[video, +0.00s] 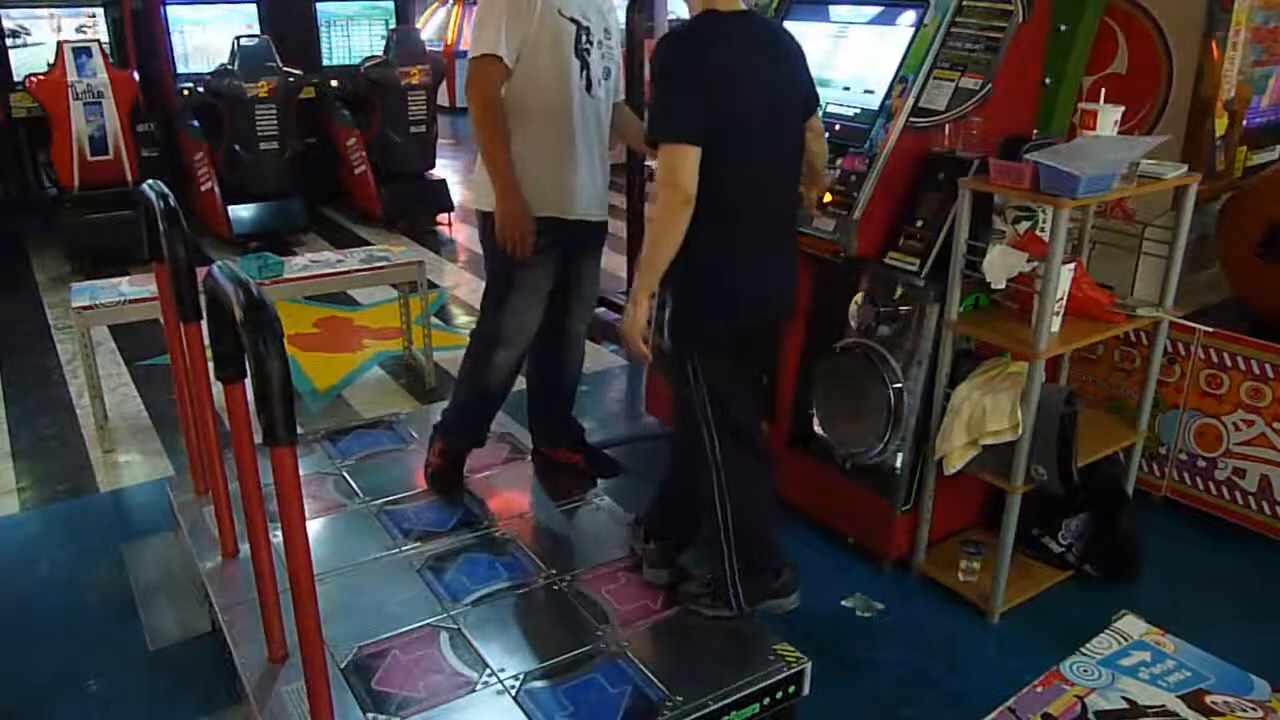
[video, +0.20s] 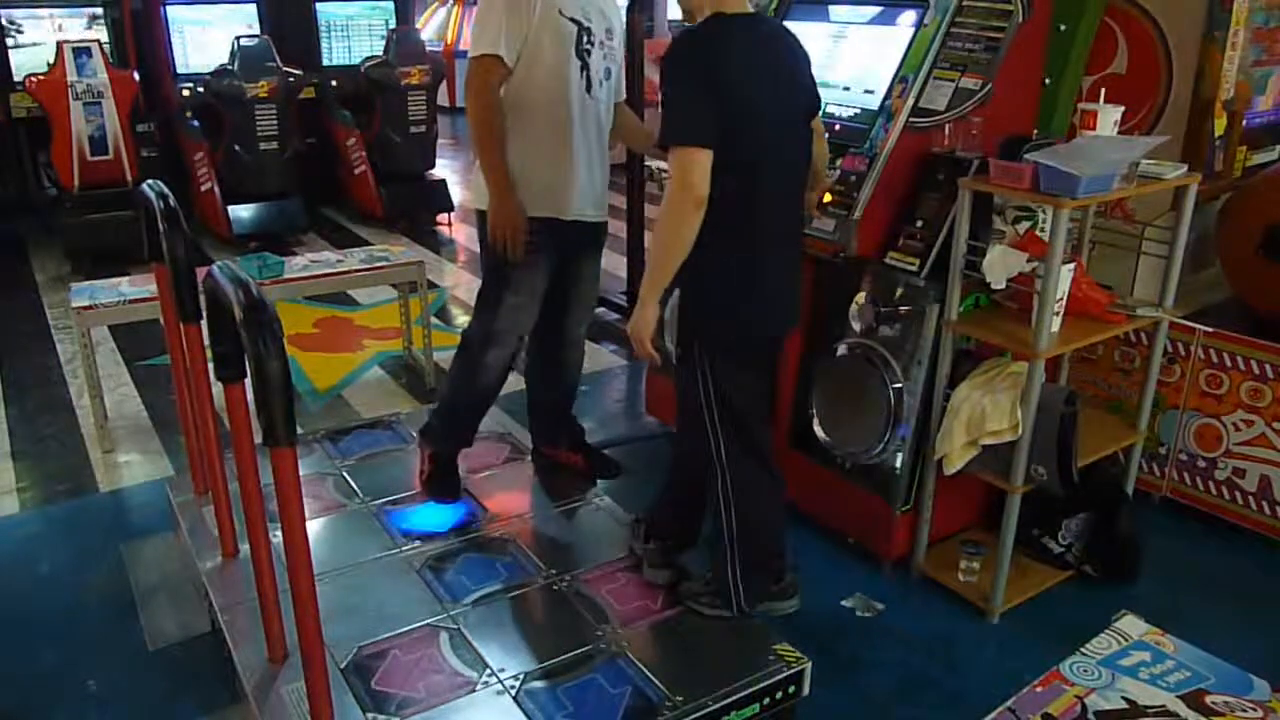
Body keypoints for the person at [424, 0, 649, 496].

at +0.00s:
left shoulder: (609, 11)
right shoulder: (516, 1)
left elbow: (607, 103)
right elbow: (482, 84)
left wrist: (662, 149)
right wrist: (506, 193)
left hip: (586, 204)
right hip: (523, 202)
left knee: (566, 338)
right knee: (506, 337)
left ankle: (556, 445)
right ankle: (451, 445)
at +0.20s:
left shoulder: (611, 10)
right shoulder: (517, 1)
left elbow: (608, 105)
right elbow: (481, 87)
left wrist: (663, 148)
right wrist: (501, 194)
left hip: (585, 206)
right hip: (524, 204)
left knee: (564, 341)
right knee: (496, 339)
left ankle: (557, 445)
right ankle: (441, 446)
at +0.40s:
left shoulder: (615, 9)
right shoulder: (519, 2)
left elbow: (609, 107)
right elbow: (480, 85)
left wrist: (669, 153)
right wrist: (497, 194)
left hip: (584, 206)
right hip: (521, 202)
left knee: (563, 338)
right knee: (493, 336)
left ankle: (557, 441)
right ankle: (433, 447)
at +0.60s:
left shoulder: (617, 11)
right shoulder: (515, 2)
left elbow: (615, 111)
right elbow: (474, 81)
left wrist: (674, 154)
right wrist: (492, 189)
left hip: (581, 206)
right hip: (513, 200)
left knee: (561, 339)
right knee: (481, 336)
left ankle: (557, 443)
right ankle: (434, 447)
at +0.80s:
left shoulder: (614, 15)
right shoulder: (507, 1)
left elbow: (617, 116)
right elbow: (464, 76)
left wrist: (668, 159)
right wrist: (476, 189)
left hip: (574, 204)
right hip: (503, 198)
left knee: (560, 340)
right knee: (474, 338)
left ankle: (557, 449)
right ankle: (436, 454)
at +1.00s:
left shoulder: (589, 16)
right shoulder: (487, 3)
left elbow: (590, 108)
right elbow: (441, 76)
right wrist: (450, 189)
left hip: (558, 207)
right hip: (484, 204)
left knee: (551, 344)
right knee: (466, 349)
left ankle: (554, 448)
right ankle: (442, 464)